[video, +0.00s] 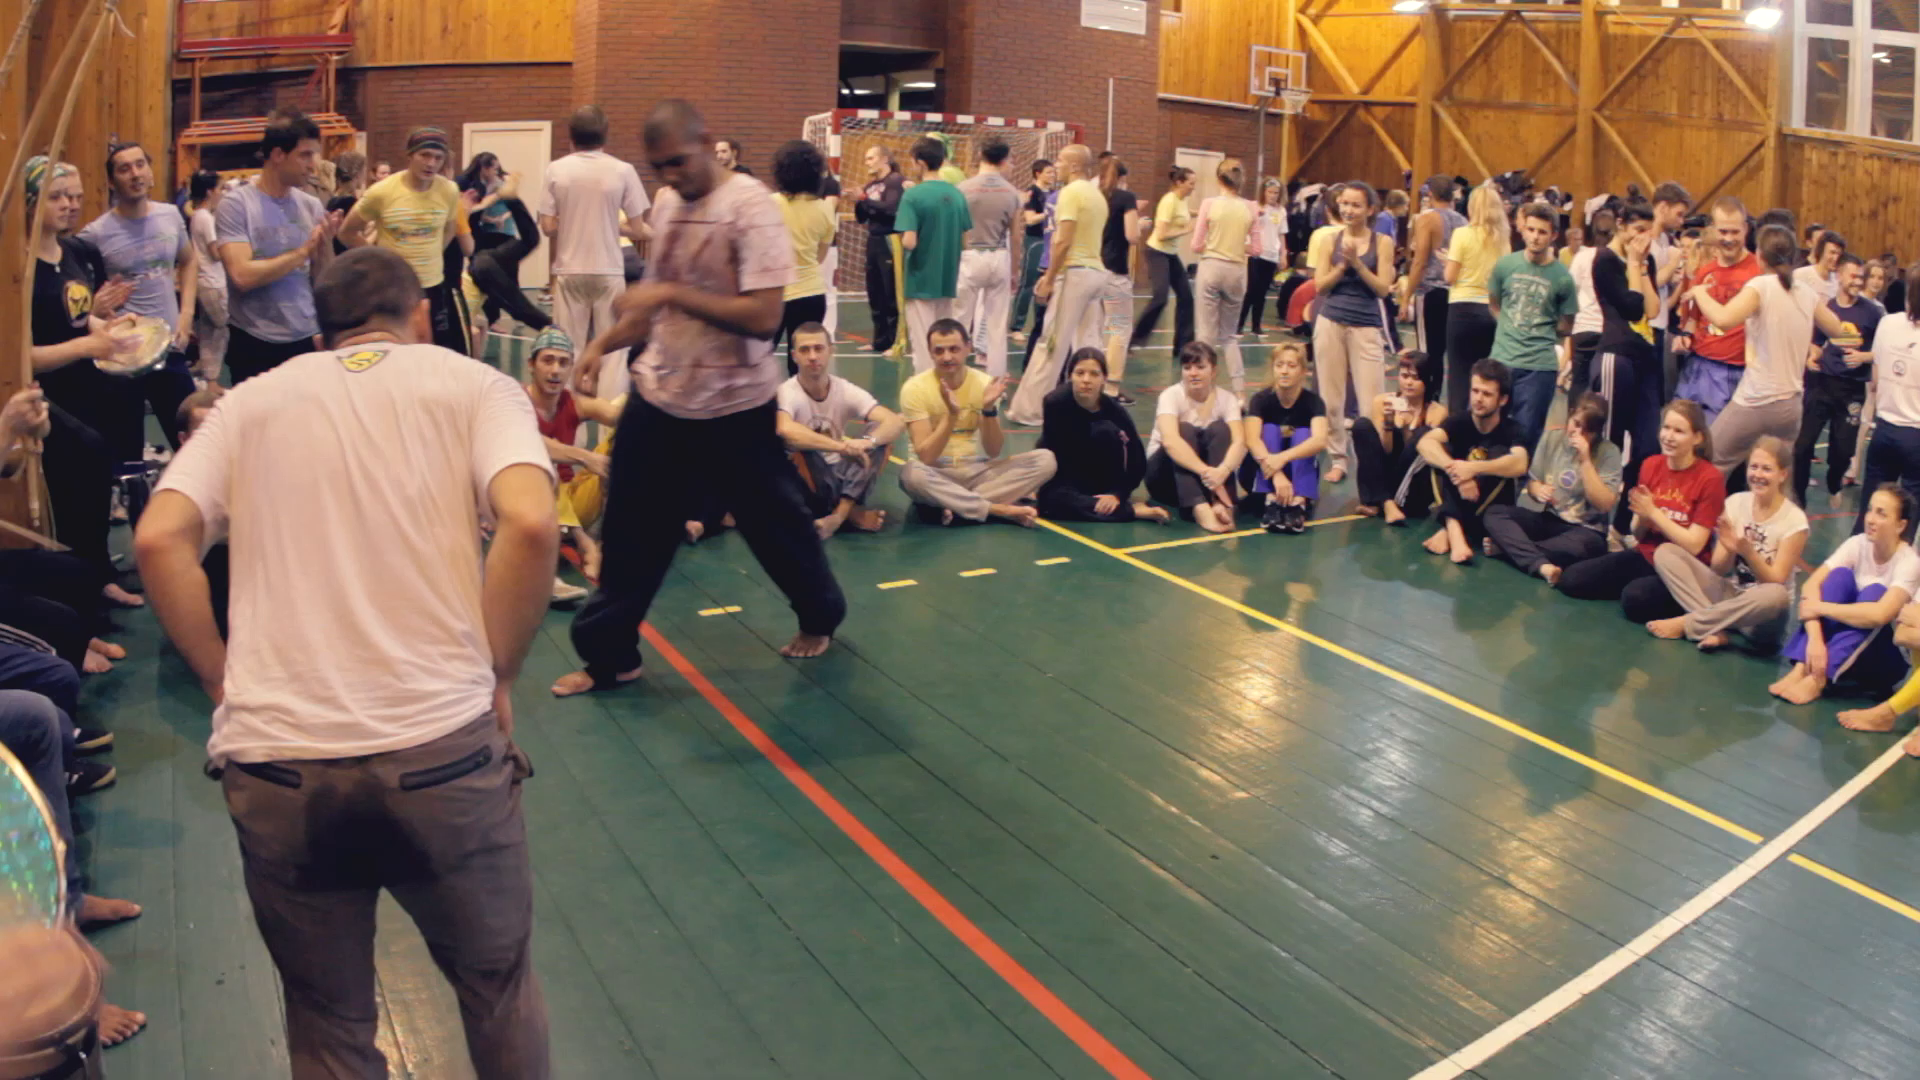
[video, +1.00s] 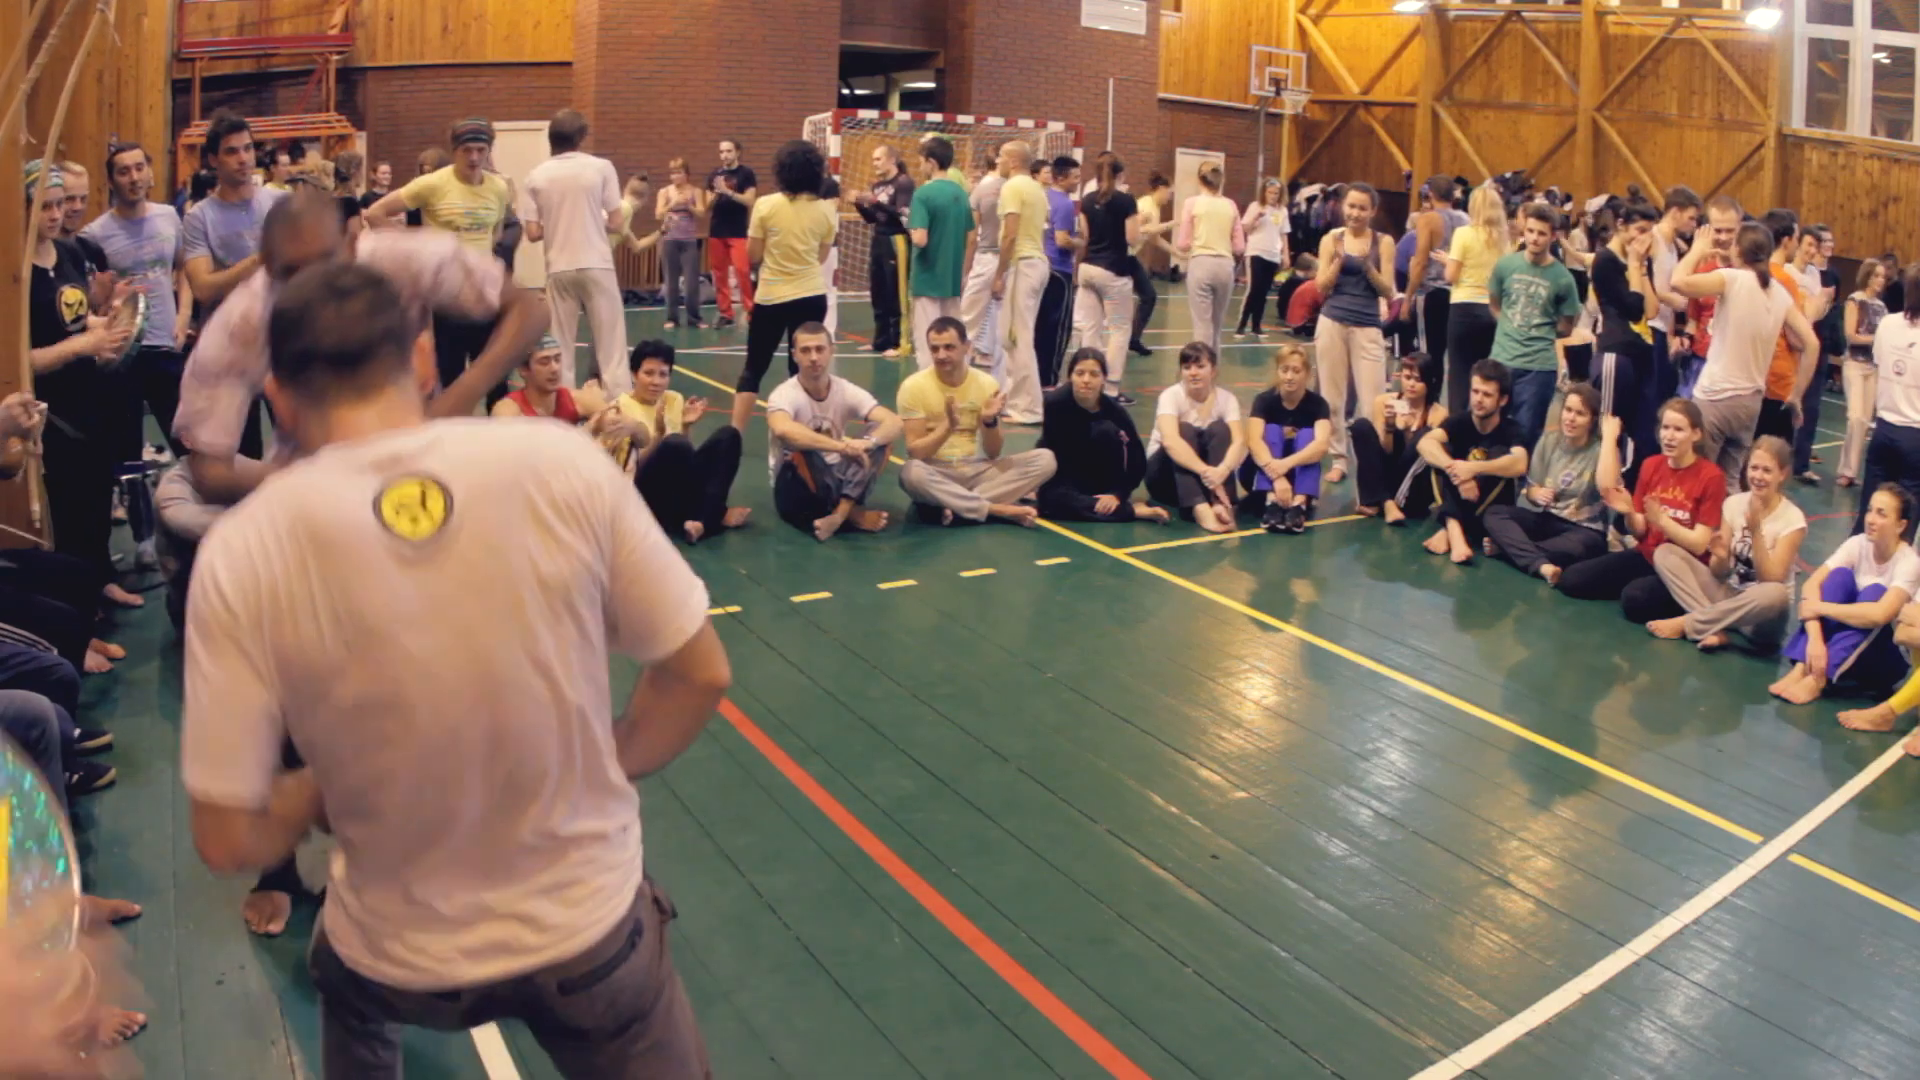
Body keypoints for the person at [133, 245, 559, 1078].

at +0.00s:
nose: (434, 324)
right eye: (430, 313)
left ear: (323, 330)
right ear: (419, 317)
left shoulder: (248, 401)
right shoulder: (477, 387)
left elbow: (161, 540)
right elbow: (530, 520)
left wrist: (229, 685)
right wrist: (498, 671)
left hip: (277, 777)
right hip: (443, 763)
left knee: (326, 1018)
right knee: (498, 989)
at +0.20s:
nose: (395, 295)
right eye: (396, 285)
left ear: (282, 306)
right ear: (392, 291)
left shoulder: (224, 389)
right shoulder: (474, 360)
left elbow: (136, 565)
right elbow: (575, 523)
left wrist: (228, 691)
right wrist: (519, 685)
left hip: (295, 803)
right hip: (471, 788)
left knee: (337, 1056)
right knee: (543, 1050)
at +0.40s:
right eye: (478, 289)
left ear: (343, 302)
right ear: (471, 291)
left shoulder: (266, 399)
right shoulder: (550, 374)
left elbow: (169, 615)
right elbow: (668, 581)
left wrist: (296, 713)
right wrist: (598, 718)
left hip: (353, 867)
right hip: (537, 852)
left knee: (351, 1027)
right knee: (640, 1068)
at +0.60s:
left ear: (435, 392)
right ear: (569, 414)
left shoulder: (320, 532)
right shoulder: (628, 543)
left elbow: (244, 776)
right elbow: (740, 800)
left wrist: (364, 857)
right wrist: (666, 860)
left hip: (434, 1007)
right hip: (639, 984)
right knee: (708, 1065)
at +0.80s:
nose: (544, 367)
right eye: (538, 348)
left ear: (383, 353)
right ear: (525, 358)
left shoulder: (284, 497)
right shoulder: (607, 483)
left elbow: (186, 736)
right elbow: (739, 718)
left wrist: (326, 801)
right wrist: (656, 795)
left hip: (421, 967)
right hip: (623, 943)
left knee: (389, 1060)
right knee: (684, 1060)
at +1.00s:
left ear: (278, 400)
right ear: (425, 360)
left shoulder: (244, 552)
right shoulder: (560, 463)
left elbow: (227, 839)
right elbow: (698, 670)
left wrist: (331, 779)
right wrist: (597, 776)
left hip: (401, 967)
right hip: (592, 944)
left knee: (352, 1006)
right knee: (654, 1061)